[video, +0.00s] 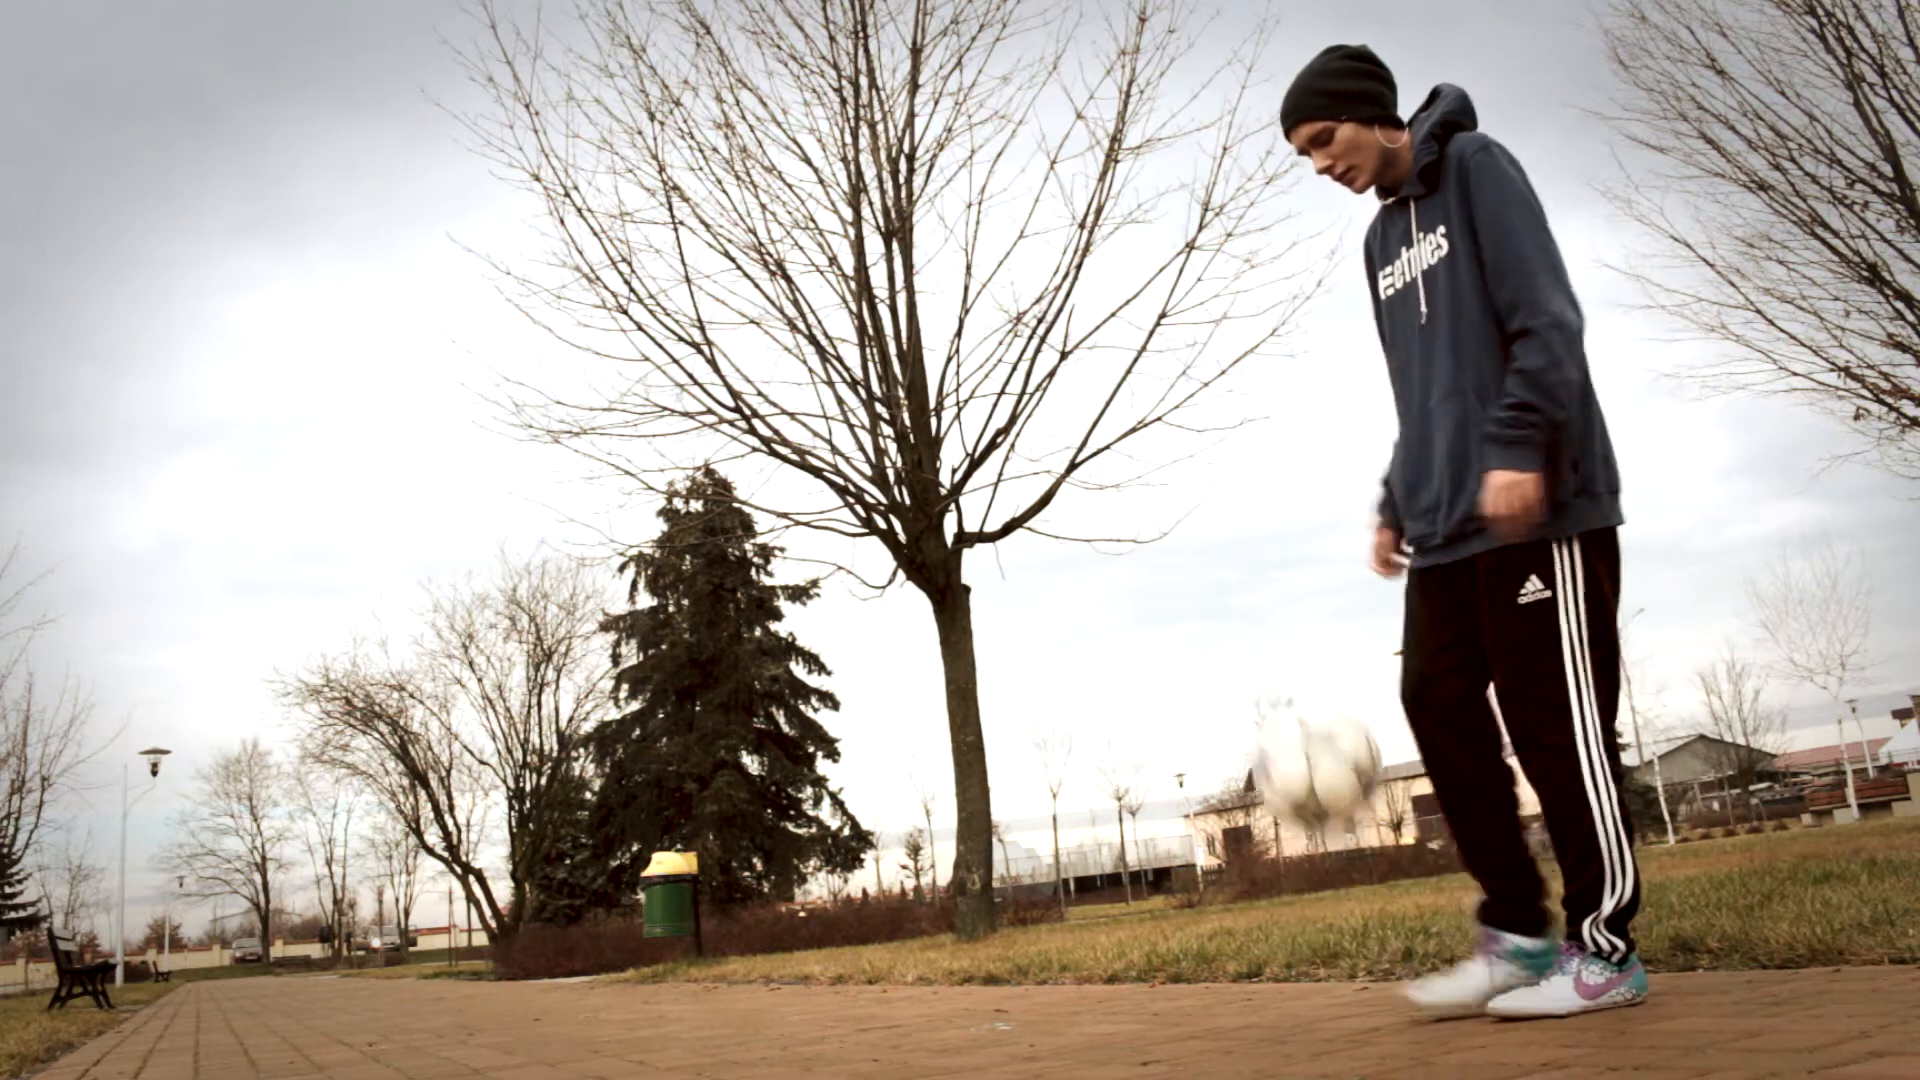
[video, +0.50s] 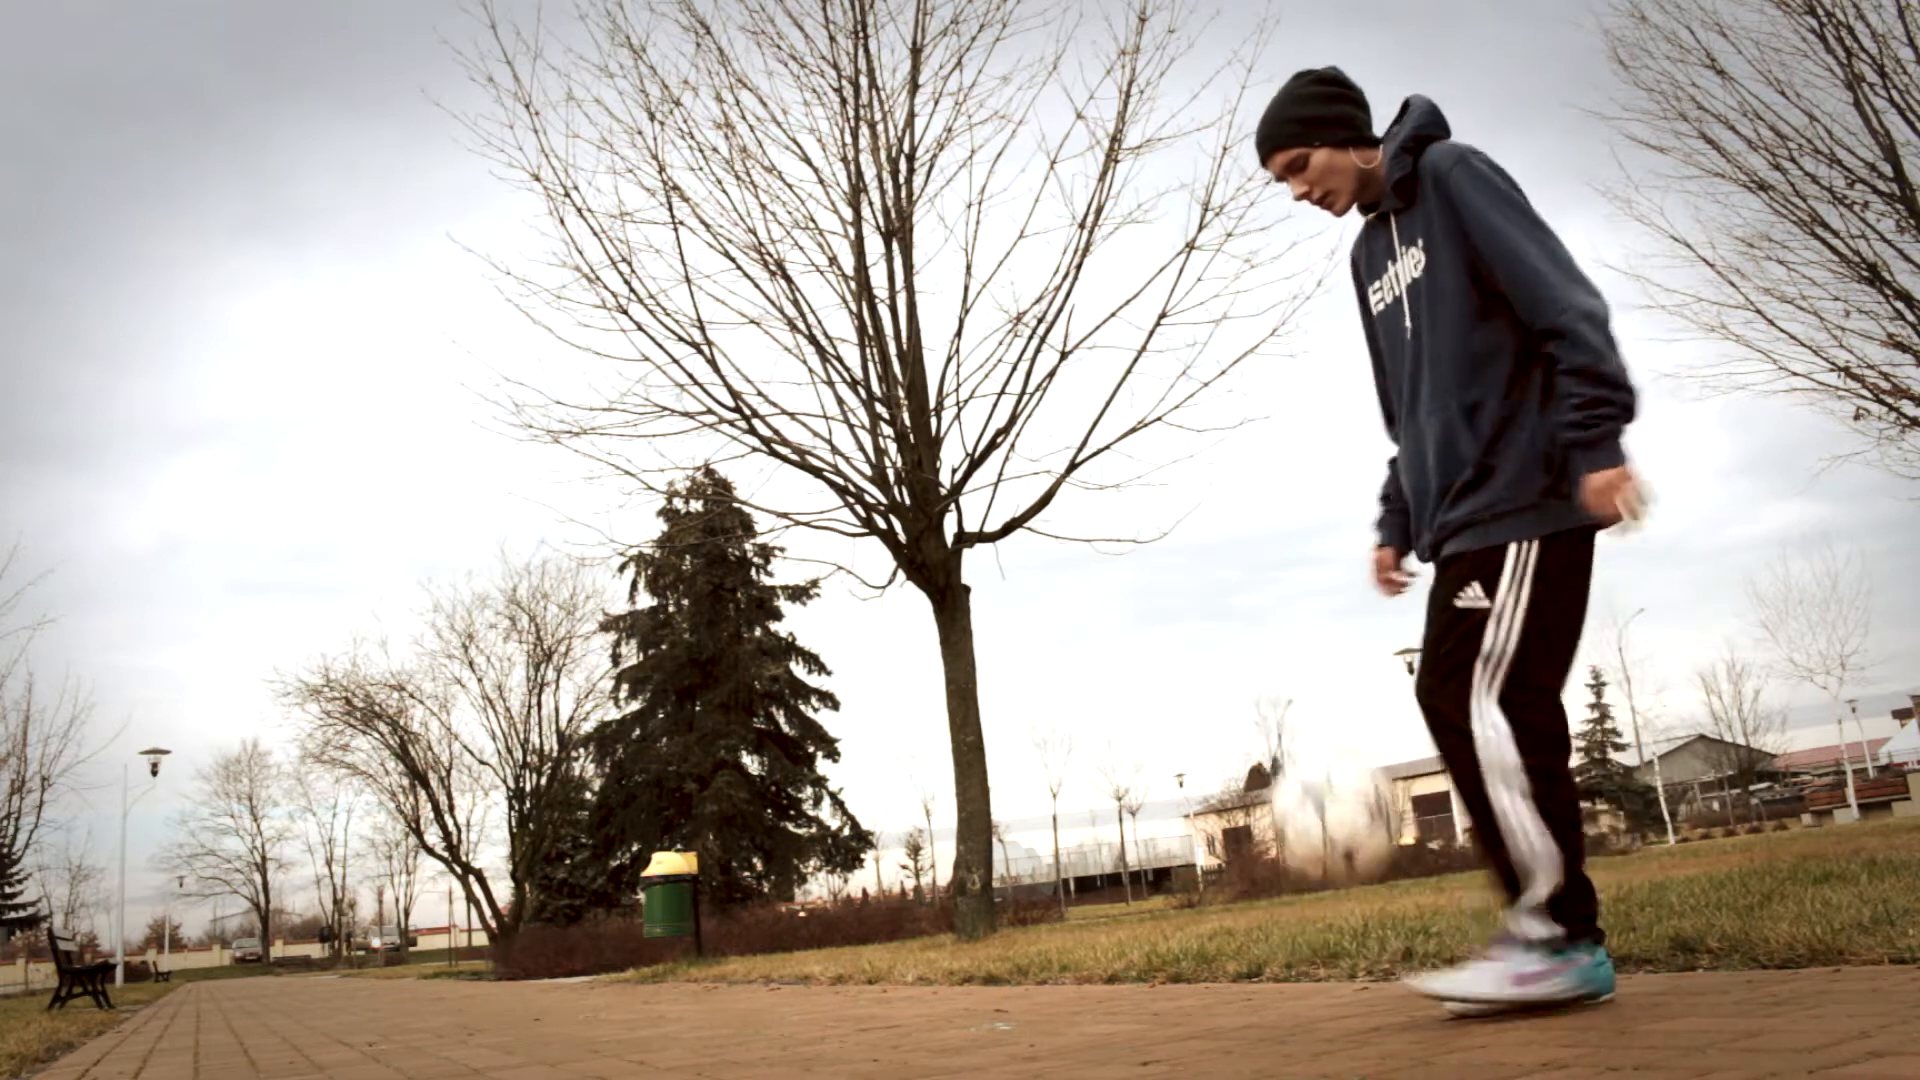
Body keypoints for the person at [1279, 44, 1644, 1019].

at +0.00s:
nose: (1324, 163)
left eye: (1327, 138)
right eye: (1309, 154)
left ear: (1377, 108)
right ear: (1321, 153)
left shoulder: (1474, 169)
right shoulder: (1380, 238)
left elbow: (1547, 318)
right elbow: (1421, 388)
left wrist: (1520, 447)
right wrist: (1399, 499)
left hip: (1539, 503)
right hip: (1447, 525)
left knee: (1558, 720)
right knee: (1439, 710)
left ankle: (1607, 952)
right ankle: (1521, 938)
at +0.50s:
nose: (1299, 192)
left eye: (1299, 169)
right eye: (1286, 181)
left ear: (1341, 137)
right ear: (1311, 167)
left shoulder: (1451, 174)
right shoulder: (1368, 253)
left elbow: (1566, 302)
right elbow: (1411, 408)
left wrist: (1595, 443)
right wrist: (1396, 520)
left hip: (1531, 493)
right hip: (1462, 513)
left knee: (1471, 690)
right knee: (1487, 704)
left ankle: (1555, 933)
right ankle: (1561, 938)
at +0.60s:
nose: (1287, 195)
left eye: (1288, 171)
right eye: (1273, 183)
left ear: (1331, 138)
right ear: (1291, 174)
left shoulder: (1444, 176)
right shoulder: (1357, 260)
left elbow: (1567, 289)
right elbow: (1395, 415)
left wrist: (1630, 424)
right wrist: (1364, 511)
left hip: (1541, 490)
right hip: (1472, 514)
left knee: (1470, 708)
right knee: (1518, 719)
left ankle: (1434, 939)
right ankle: (1572, 946)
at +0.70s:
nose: (1284, 192)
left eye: (1284, 168)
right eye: (1270, 180)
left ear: (1326, 133)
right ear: (1286, 171)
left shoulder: (1439, 173)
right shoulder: (1352, 259)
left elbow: (1562, 287)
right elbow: (1386, 412)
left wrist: (1629, 420)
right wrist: (1345, 497)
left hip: (1541, 484)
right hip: (1474, 510)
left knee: (1476, 697)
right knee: (1530, 716)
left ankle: (1463, 937)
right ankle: (1574, 947)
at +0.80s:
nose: (1279, 189)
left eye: (1280, 165)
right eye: (1265, 178)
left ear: (1321, 131)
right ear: (1282, 166)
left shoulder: (1434, 170)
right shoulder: (1355, 248)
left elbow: (1554, 288)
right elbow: (1391, 399)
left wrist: (1601, 429)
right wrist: (1331, 481)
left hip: (1534, 486)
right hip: (1472, 509)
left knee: (1524, 708)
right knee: (1500, 717)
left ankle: (1578, 950)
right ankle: (1564, 945)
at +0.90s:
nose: (1274, 203)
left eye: (1272, 180)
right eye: (1260, 191)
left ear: (1311, 144)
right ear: (1284, 171)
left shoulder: (1429, 176)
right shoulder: (1355, 251)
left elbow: (1560, 292)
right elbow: (1382, 402)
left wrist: (1580, 432)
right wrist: (1301, 478)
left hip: (1545, 491)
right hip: (1475, 519)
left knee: (1545, 703)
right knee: (1483, 711)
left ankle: (1610, 954)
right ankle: (1556, 944)